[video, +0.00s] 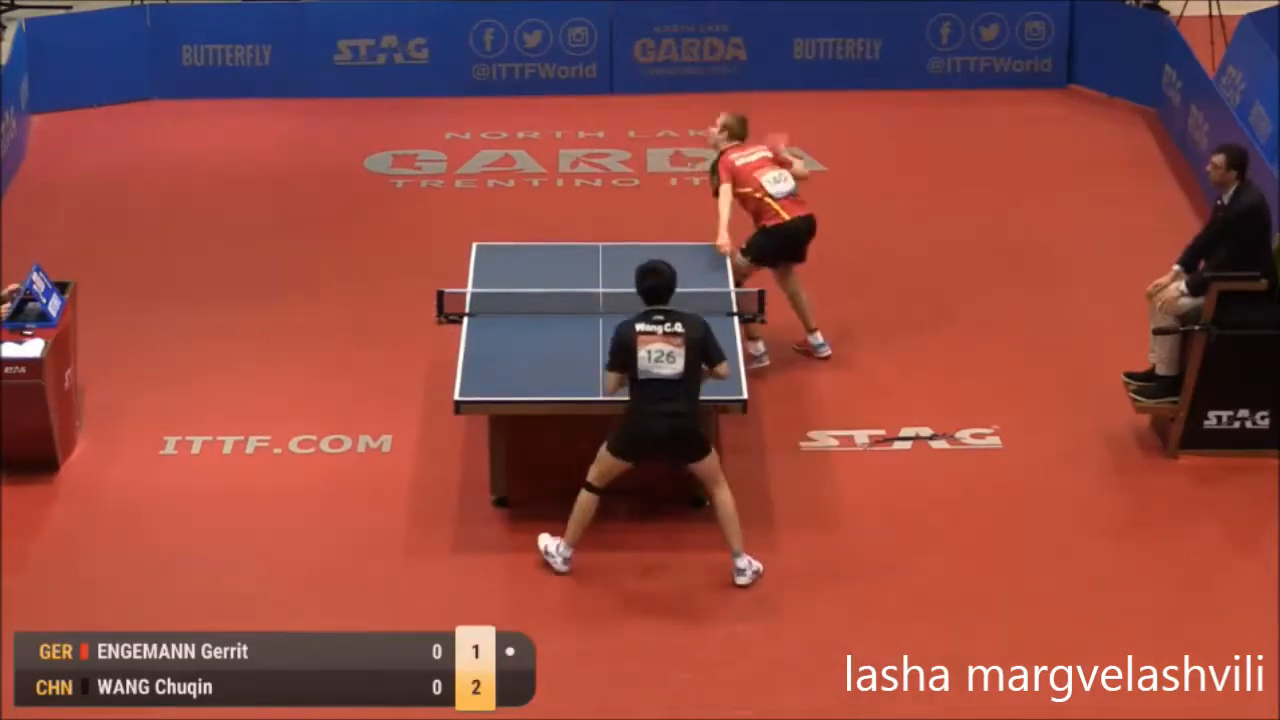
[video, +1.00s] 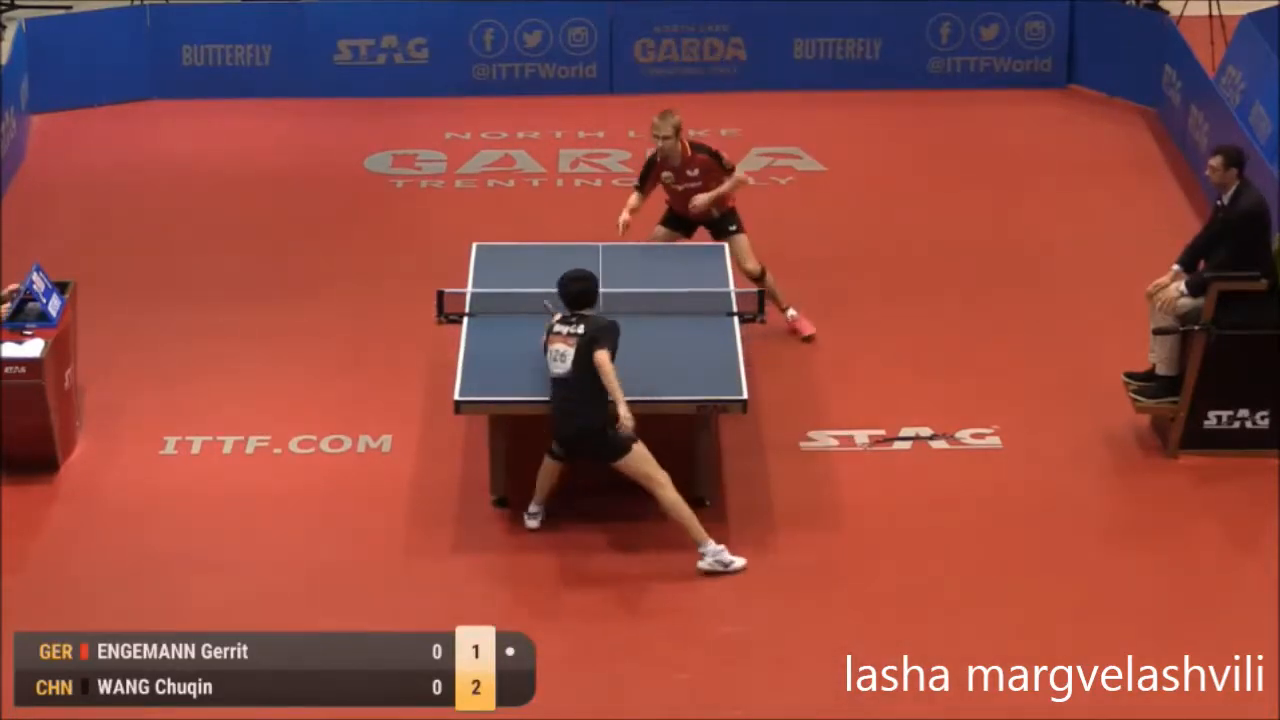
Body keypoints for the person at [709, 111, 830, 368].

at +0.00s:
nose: (710, 131)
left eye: (715, 127)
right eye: (713, 126)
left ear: (725, 135)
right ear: (740, 136)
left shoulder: (725, 160)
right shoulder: (763, 150)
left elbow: (726, 192)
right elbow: (801, 171)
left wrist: (723, 233)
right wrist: (785, 154)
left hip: (776, 228)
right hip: (804, 221)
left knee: (730, 280)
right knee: (785, 274)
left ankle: (755, 347)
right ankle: (816, 338)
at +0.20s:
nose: (676, 194)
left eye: (677, 187)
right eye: (673, 188)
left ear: (693, 179)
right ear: (695, 177)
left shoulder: (713, 192)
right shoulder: (715, 178)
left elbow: (747, 209)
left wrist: (764, 245)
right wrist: (708, 215)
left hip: (778, 237)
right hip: (795, 229)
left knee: (728, 284)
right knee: (763, 283)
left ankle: (758, 355)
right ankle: (809, 332)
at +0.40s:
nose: (669, 173)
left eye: (673, 166)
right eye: (665, 167)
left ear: (687, 160)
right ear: (663, 164)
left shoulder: (714, 174)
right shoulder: (682, 179)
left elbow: (764, 180)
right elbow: (664, 193)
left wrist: (789, 213)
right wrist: (647, 204)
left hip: (759, 217)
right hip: (728, 219)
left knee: (731, 282)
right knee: (693, 258)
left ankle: (758, 353)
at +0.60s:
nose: (664, 147)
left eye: (669, 141)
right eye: (661, 141)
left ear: (684, 137)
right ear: (658, 139)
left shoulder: (711, 147)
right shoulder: (662, 159)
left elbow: (749, 156)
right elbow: (648, 187)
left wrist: (754, 193)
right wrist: (637, 207)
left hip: (724, 212)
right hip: (688, 213)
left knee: (735, 270)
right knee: (660, 258)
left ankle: (767, 324)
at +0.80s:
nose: (660, 143)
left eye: (665, 137)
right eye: (656, 137)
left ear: (679, 135)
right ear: (652, 136)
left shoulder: (703, 150)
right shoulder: (652, 160)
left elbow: (730, 166)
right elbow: (633, 191)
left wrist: (716, 193)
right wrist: (623, 210)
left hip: (711, 211)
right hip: (674, 214)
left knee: (743, 262)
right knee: (643, 257)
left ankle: (771, 314)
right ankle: (643, 320)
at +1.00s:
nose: (660, 145)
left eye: (665, 139)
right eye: (656, 139)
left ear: (679, 136)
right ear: (653, 137)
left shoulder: (704, 155)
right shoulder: (656, 162)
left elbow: (738, 178)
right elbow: (641, 191)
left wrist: (711, 196)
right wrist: (627, 211)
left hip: (718, 212)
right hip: (681, 213)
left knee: (750, 268)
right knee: (651, 254)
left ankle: (789, 312)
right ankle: (651, 317)